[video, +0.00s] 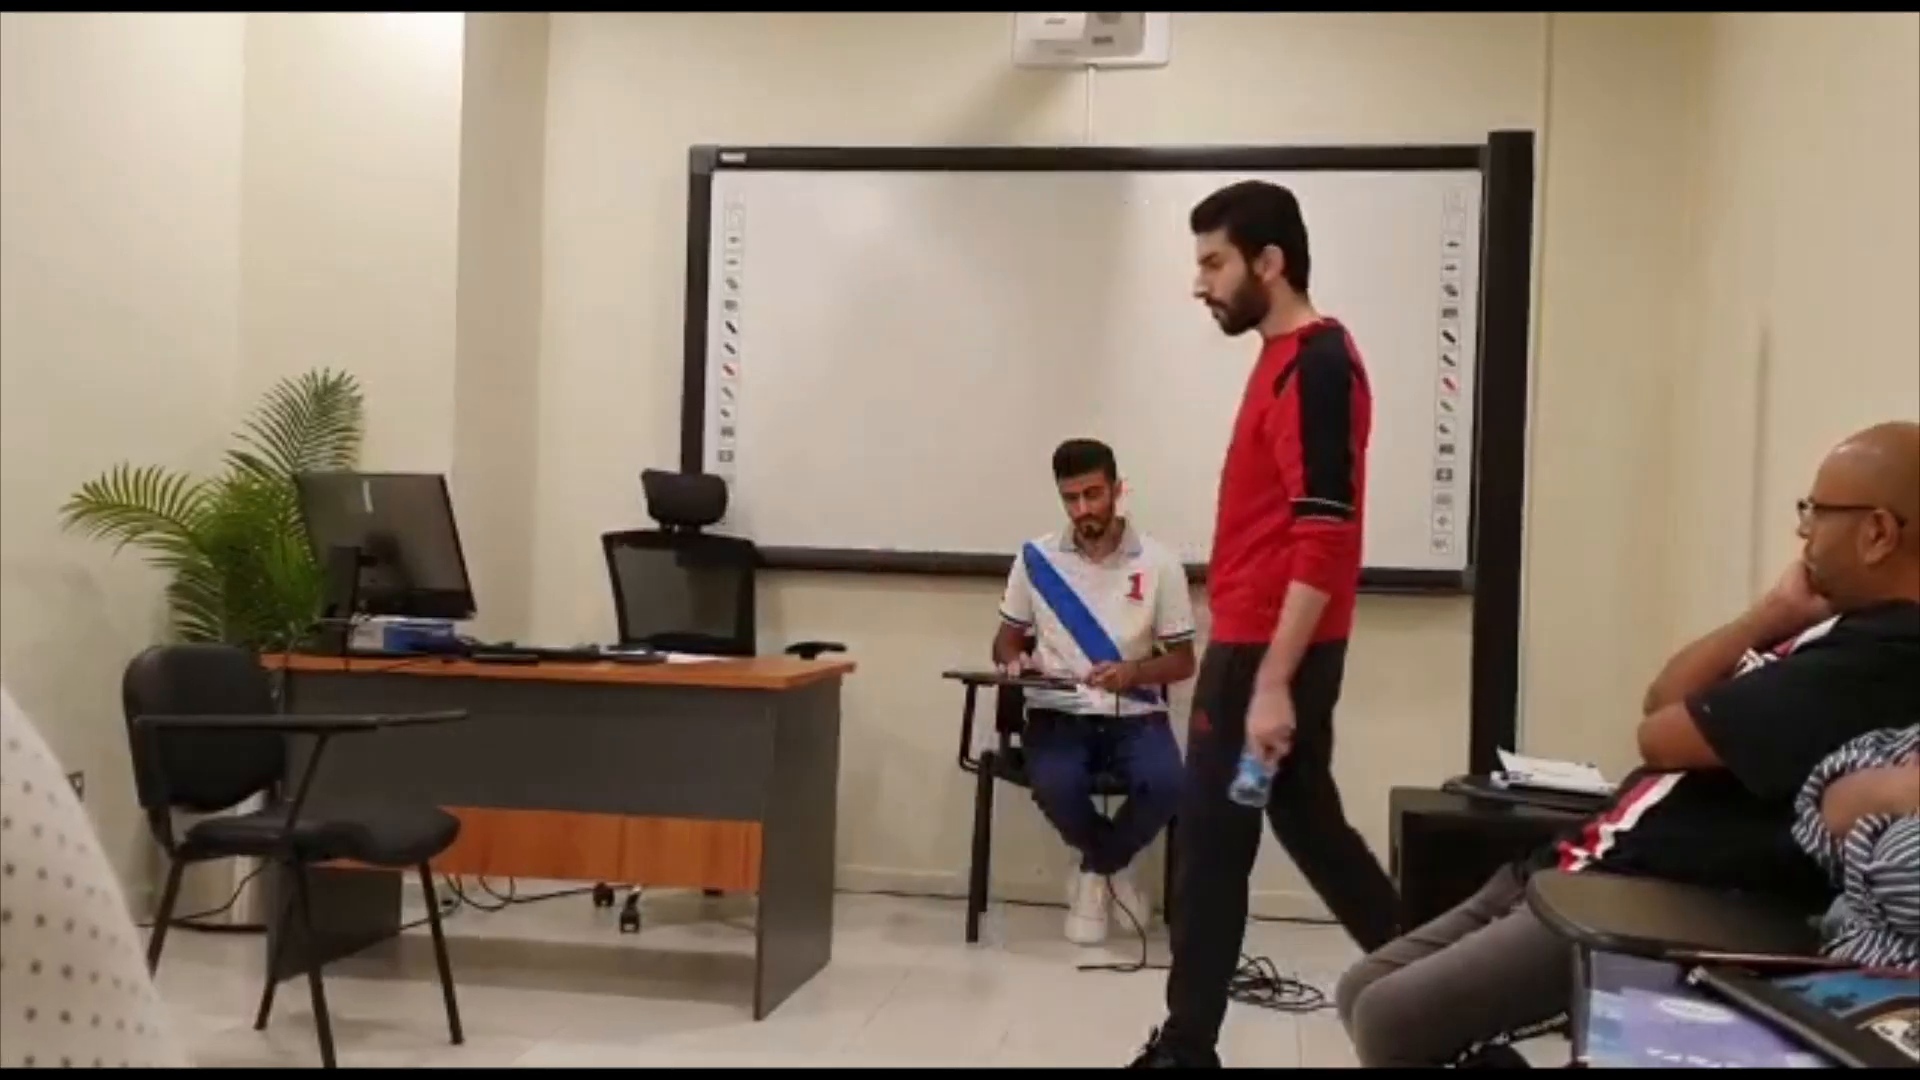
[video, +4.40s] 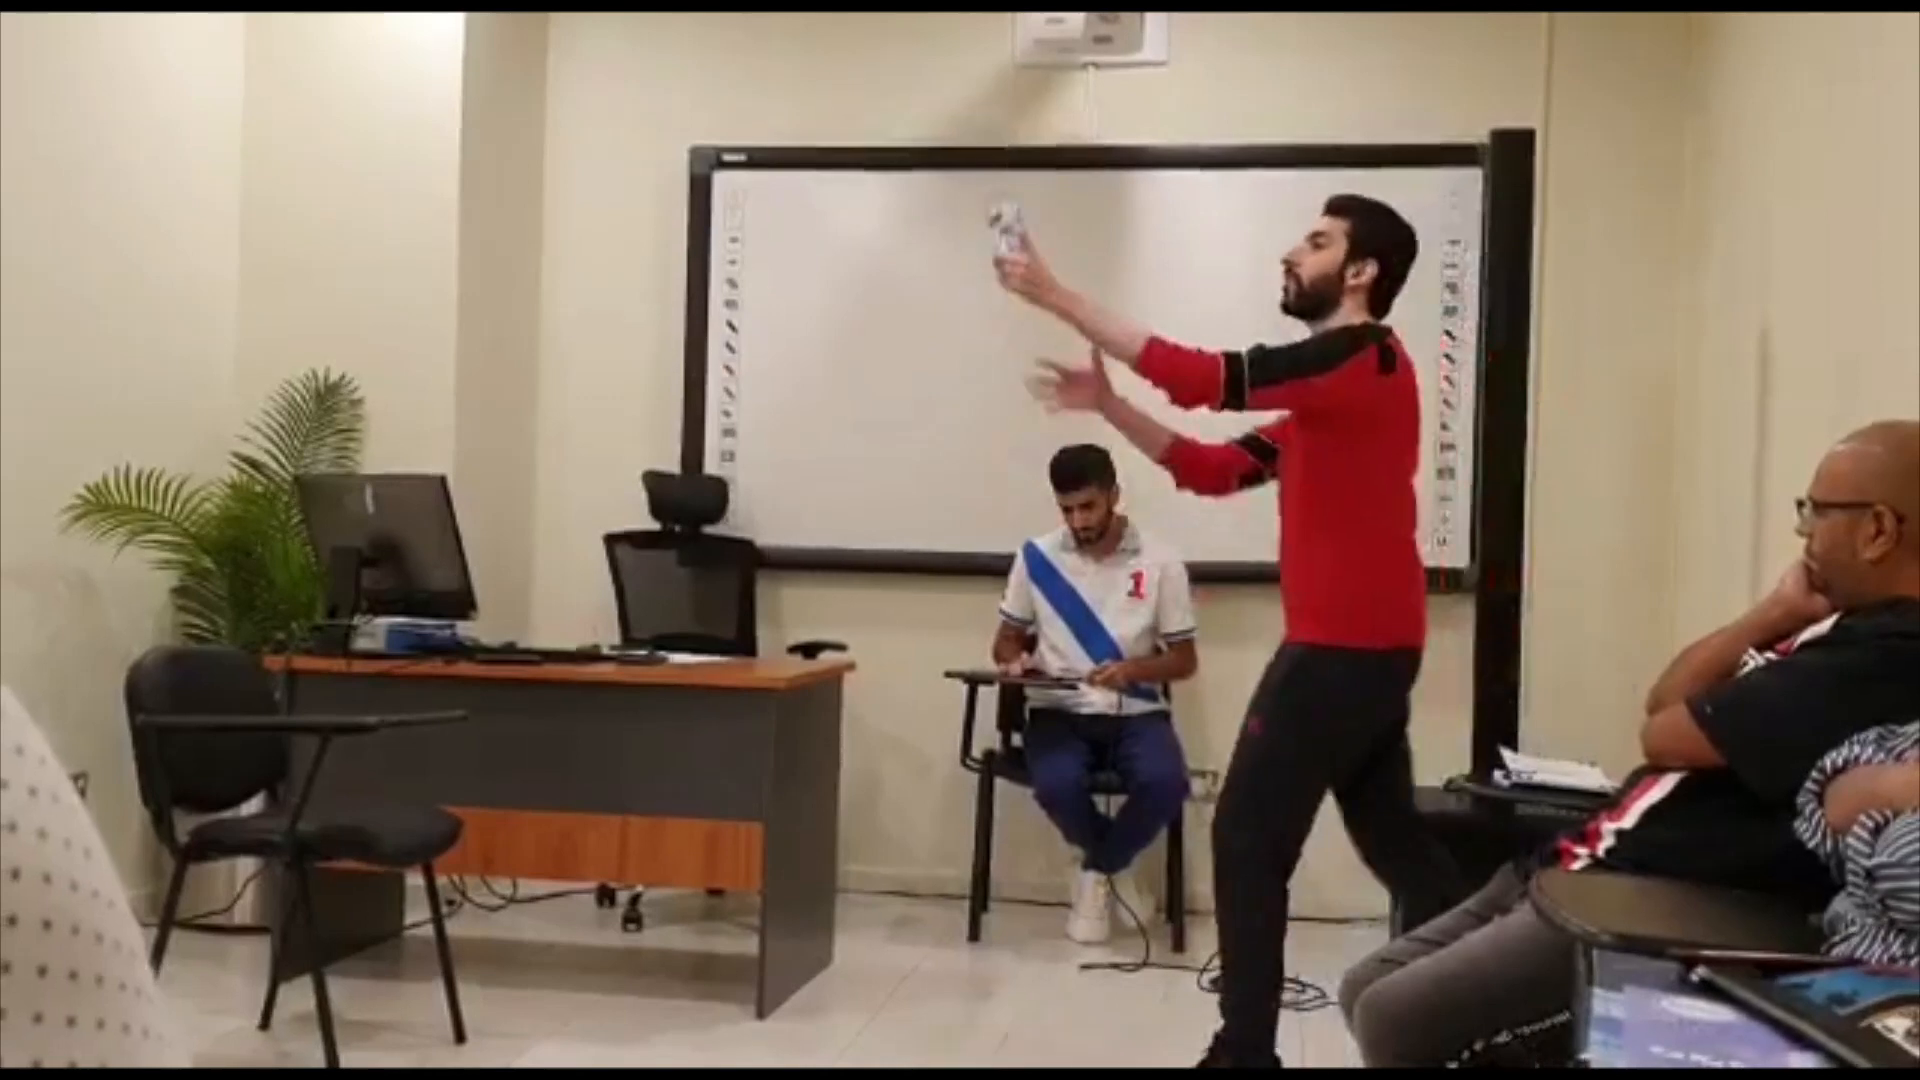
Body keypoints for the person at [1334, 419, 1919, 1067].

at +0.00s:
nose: (1801, 534)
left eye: (1814, 514)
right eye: (1806, 513)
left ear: (1880, 533)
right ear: (1881, 533)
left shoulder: (1884, 650)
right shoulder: (1854, 627)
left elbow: (1663, 741)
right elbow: (1662, 701)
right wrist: (1778, 612)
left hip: (1641, 906)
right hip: (1589, 862)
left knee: (1387, 1021)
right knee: (1363, 988)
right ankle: (1486, 1060)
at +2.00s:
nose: (1800, 538)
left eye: (1813, 517)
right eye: (1804, 516)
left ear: (1880, 534)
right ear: (1880, 534)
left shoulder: (1882, 654)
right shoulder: (1854, 629)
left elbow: (1664, 745)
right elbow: (1665, 703)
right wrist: (1779, 614)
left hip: (1638, 907)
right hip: (1589, 866)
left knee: (1389, 1024)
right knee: (1364, 990)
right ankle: (1488, 1062)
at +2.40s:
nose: (1800, 537)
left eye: (1813, 517)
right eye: (1804, 516)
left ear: (1880, 534)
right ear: (1880, 535)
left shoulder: (1882, 654)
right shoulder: (1856, 630)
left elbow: (1667, 745)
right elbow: (1665, 705)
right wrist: (1781, 614)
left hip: (1635, 909)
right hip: (1585, 866)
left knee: (1387, 1023)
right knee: (1366, 989)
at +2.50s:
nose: (1800, 536)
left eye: (1813, 516)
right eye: (1805, 515)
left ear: (1880, 535)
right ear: (1880, 535)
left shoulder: (1880, 655)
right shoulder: (1857, 630)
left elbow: (1667, 744)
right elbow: (1666, 706)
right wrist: (1781, 614)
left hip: (1631, 910)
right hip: (1582, 867)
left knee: (1388, 1023)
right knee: (1367, 991)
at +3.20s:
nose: (1799, 535)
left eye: (1811, 516)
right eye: (1803, 515)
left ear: (1878, 534)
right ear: (1879, 534)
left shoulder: (1879, 654)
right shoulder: (1853, 628)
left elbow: (1664, 743)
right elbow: (1663, 702)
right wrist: (1780, 612)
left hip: (1626, 909)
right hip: (1578, 866)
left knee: (1385, 1023)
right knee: (1362, 990)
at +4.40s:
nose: (1804, 536)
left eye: (1814, 515)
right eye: (1807, 515)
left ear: (1880, 531)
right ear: (1881, 531)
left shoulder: (1884, 652)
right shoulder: (1859, 631)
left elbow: (1667, 739)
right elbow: (1666, 703)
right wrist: (1784, 610)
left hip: (1628, 911)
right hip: (1580, 867)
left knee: (1390, 1023)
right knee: (1365, 988)